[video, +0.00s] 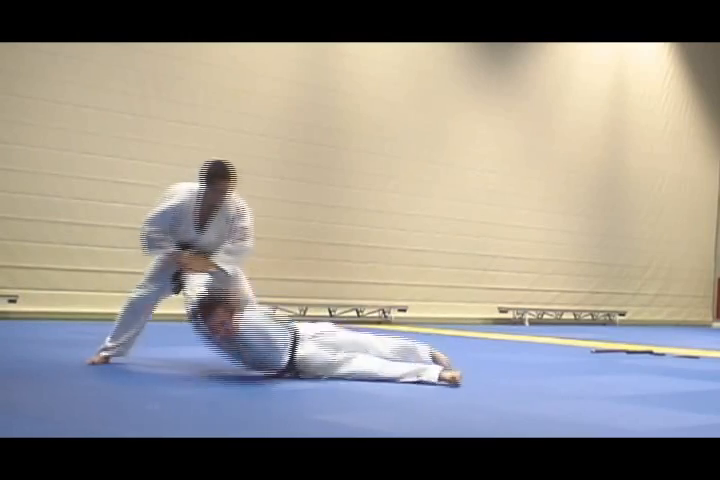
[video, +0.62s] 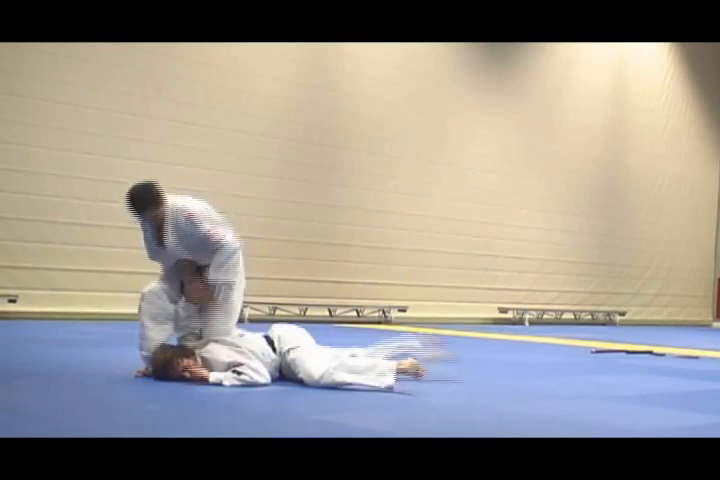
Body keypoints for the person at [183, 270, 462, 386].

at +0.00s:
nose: (219, 327)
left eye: (222, 319)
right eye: (211, 323)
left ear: (231, 312)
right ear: (205, 325)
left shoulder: (251, 322)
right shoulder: (218, 339)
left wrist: (238, 325)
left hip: (308, 340)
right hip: (298, 360)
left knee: (369, 345)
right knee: (365, 366)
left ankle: (428, 356)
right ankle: (431, 373)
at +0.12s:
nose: (202, 363)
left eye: (198, 357)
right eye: (194, 364)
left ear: (202, 344)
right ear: (191, 366)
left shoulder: (231, 343)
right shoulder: (213, 357)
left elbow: (262, 372)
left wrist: (216, 376)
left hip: (294, 342)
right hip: (296, 366)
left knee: (369, 329)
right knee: (363, 368)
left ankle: (396, 288)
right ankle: (431, 359)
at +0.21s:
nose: (192, 368)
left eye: (190, 362)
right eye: (184, 371)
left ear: (194, 349)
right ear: (179, 374)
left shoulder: (221, 350)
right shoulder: (201, 342)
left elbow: (258, 374)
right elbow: (208, 314)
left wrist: (212, 378)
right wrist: (218, 281)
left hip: (288, 341)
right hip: (293, 366)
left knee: (365, 311)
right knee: (362, 366)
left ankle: (396, 261)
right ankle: (401, 335)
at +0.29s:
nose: (190, 373)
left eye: (186, 368)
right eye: (182, 374)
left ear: (190, 353)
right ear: (180, 371)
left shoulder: (218, 351)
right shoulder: (199, 346)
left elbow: (257, 377)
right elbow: (209, 308)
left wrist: (211, 379)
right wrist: (218, 274)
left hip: (287, 341)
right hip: (291, 366)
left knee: (360, 309)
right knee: (363, 365)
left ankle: (405, 261)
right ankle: (372, 320)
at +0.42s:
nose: (190, 374)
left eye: (187, 368)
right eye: (183, 374)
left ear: (190, 355)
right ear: (179, 368)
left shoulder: (217, 352)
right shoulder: (199, 356)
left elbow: (257, 375)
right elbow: (176, 358)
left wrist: (210, 378)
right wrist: (156, 368)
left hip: (282, 342)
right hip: (287, 367)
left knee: (338, 342)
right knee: (353, 367)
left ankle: (393, 314)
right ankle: (344, 323)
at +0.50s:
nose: (189, 375)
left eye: (185, 370)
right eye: (181, 374)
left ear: (189, 356)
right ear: (182, 359)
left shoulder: (217, 353)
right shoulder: (200, 351)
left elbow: (259, 375)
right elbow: (173, 355)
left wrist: (210, 380)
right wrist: (155, 368)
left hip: (282, 342)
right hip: (280, 355)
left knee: (311, 374)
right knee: (357, 363)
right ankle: (355, 320)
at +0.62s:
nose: (190, 372)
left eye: (188, 366)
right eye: (183, 373)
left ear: (190, 355)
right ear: (177, 374)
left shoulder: (216, 352)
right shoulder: (199, 356)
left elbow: (260, 376)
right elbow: (173, 359)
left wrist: (212, 378)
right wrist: (156, 368)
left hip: (282, 342)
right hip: (279, 356)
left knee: (314, 373)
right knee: (335, 360)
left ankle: (392, 370)